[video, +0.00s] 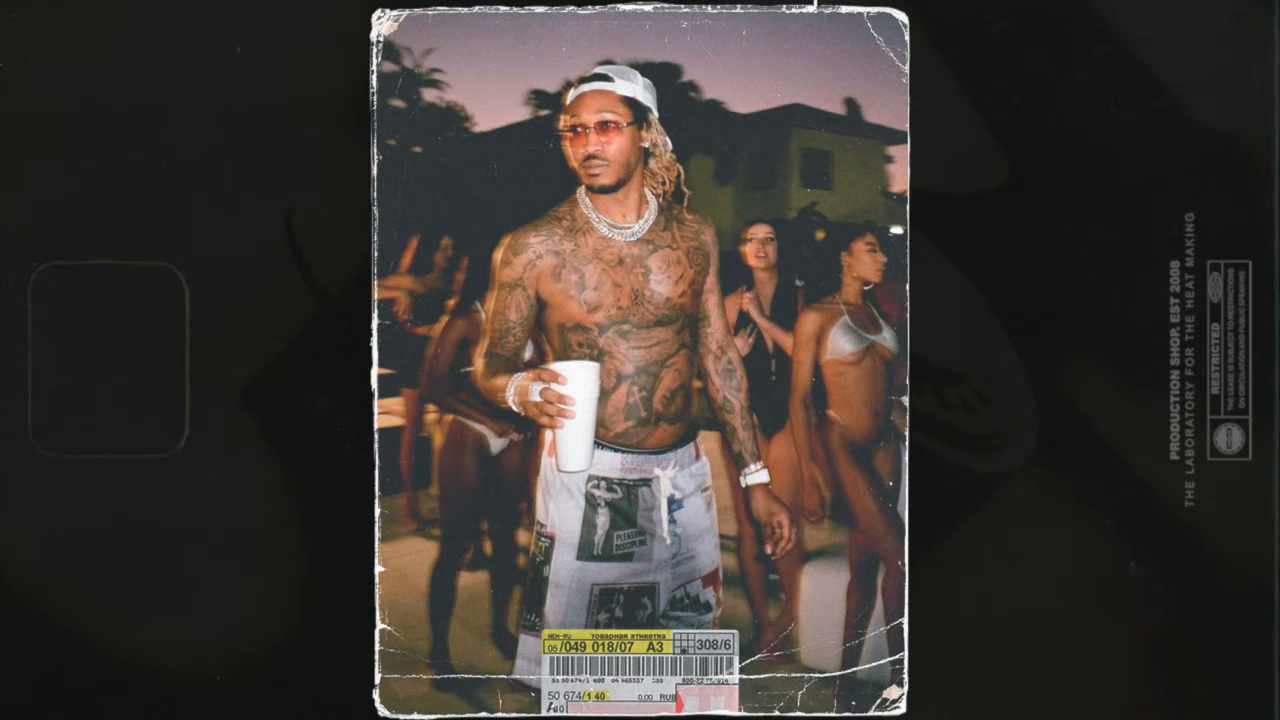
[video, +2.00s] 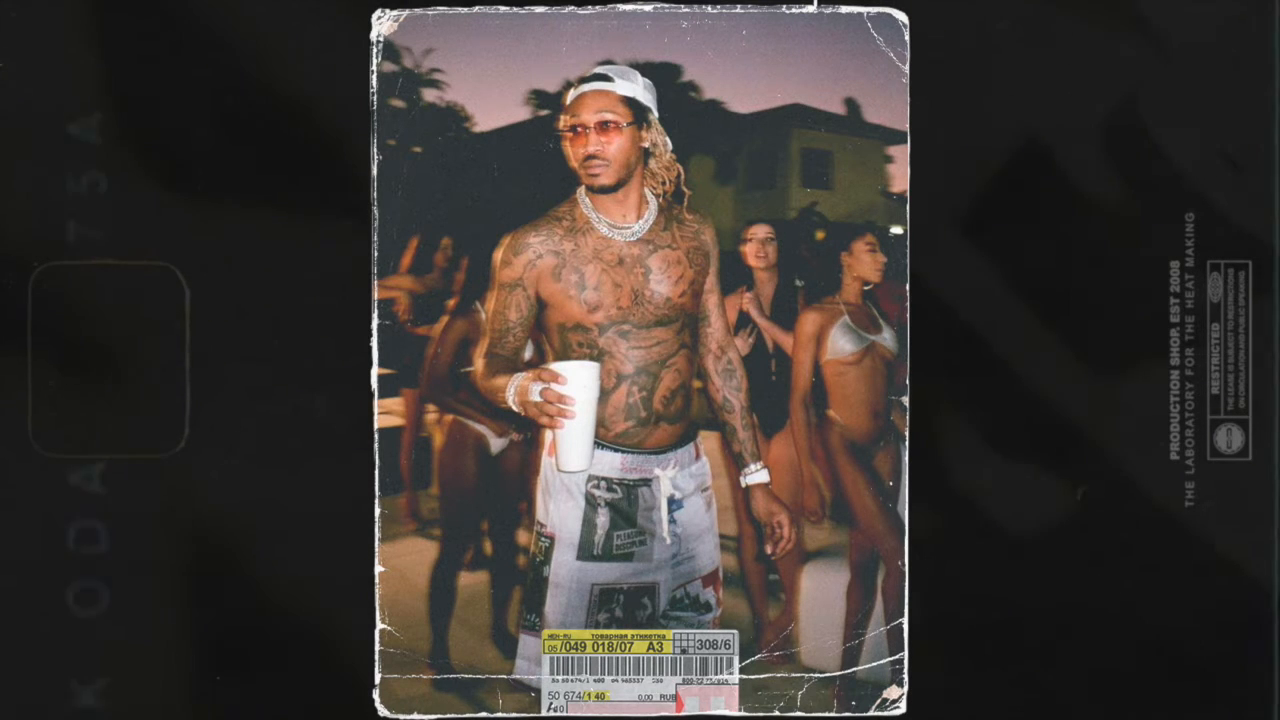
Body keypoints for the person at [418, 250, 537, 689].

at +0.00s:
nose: (516, 286)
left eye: (523, 278)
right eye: (509, 276)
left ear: (531, 287)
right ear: (495, 277)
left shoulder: (531, 331)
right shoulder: (466, 322)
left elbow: (543, 385)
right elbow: (435, 387)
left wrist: (529, 421)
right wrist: (489, 421)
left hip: (514, 445)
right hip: (465, 441)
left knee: (506, 541)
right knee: (456, 544)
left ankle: (501, 628)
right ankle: (439, 649)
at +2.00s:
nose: (514, 285)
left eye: (521, 277)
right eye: (507, 275)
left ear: (531, 286)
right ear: (493, 276)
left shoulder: (531, 330)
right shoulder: (466, 321)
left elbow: (544, 384)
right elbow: (434, 387)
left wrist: (530, 420)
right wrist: (490, 421)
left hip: (515, 445)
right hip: (465, 441)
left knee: (506, 541)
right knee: (456, 543)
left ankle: (501, 628)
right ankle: (439, 648)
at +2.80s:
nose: (516, 287)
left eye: (524, 279)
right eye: (510, 277)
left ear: (532, 288)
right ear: (495, 277)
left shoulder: (531, 333)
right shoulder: (465, 322)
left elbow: (543, 386)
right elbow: (435, 386)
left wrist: (529, 421)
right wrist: (489, 422)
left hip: (514, 444)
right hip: (465, 440)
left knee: (506, 541)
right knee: (455, 545)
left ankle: (501, 628)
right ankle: (439, 651)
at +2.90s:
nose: (516, 287)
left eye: (523, 279)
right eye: (509, 277)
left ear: (532, 288)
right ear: (495, 278)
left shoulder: (531, 332)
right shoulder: (466, 322)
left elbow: (544, 385)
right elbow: (435, 386)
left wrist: (530, 421)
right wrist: (490, 421)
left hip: (514, 444)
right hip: (465, 439)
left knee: (506, 541)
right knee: (455, 544)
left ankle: (501, 628)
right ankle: (439, 651)